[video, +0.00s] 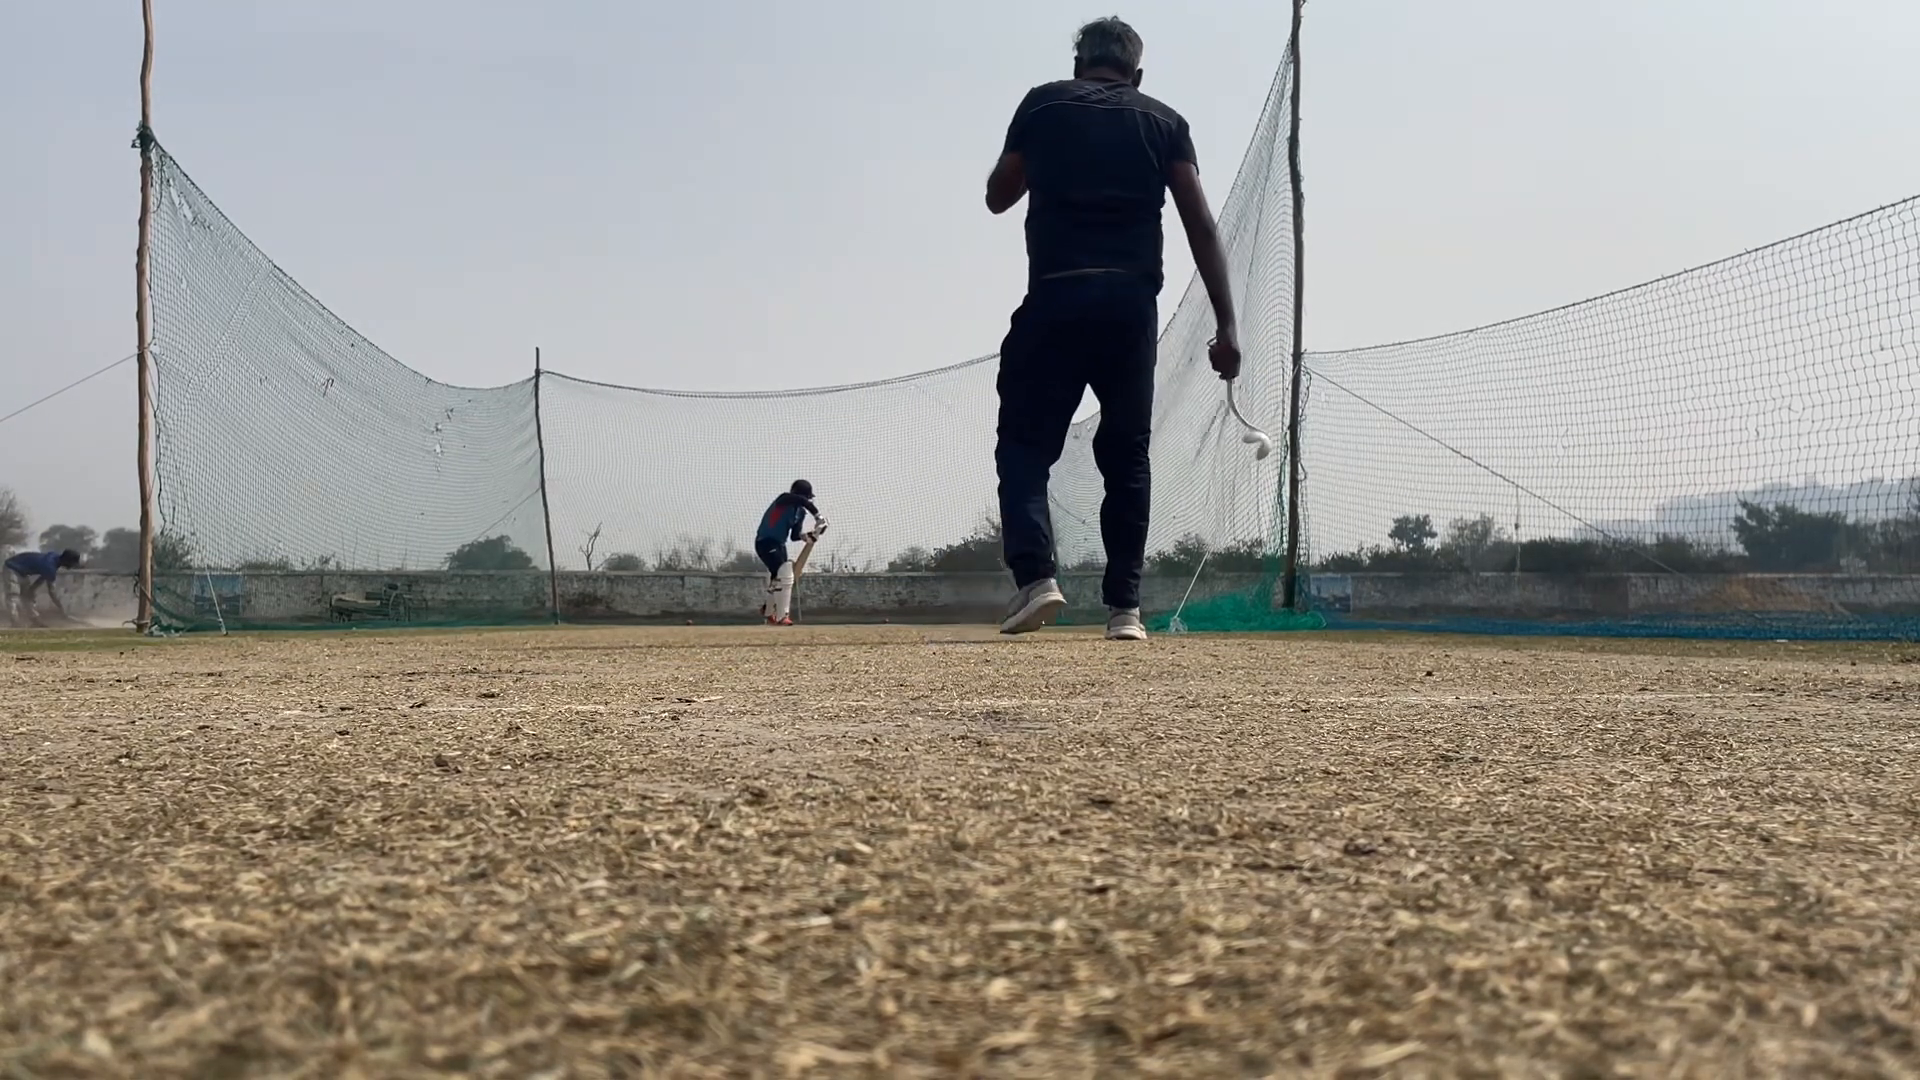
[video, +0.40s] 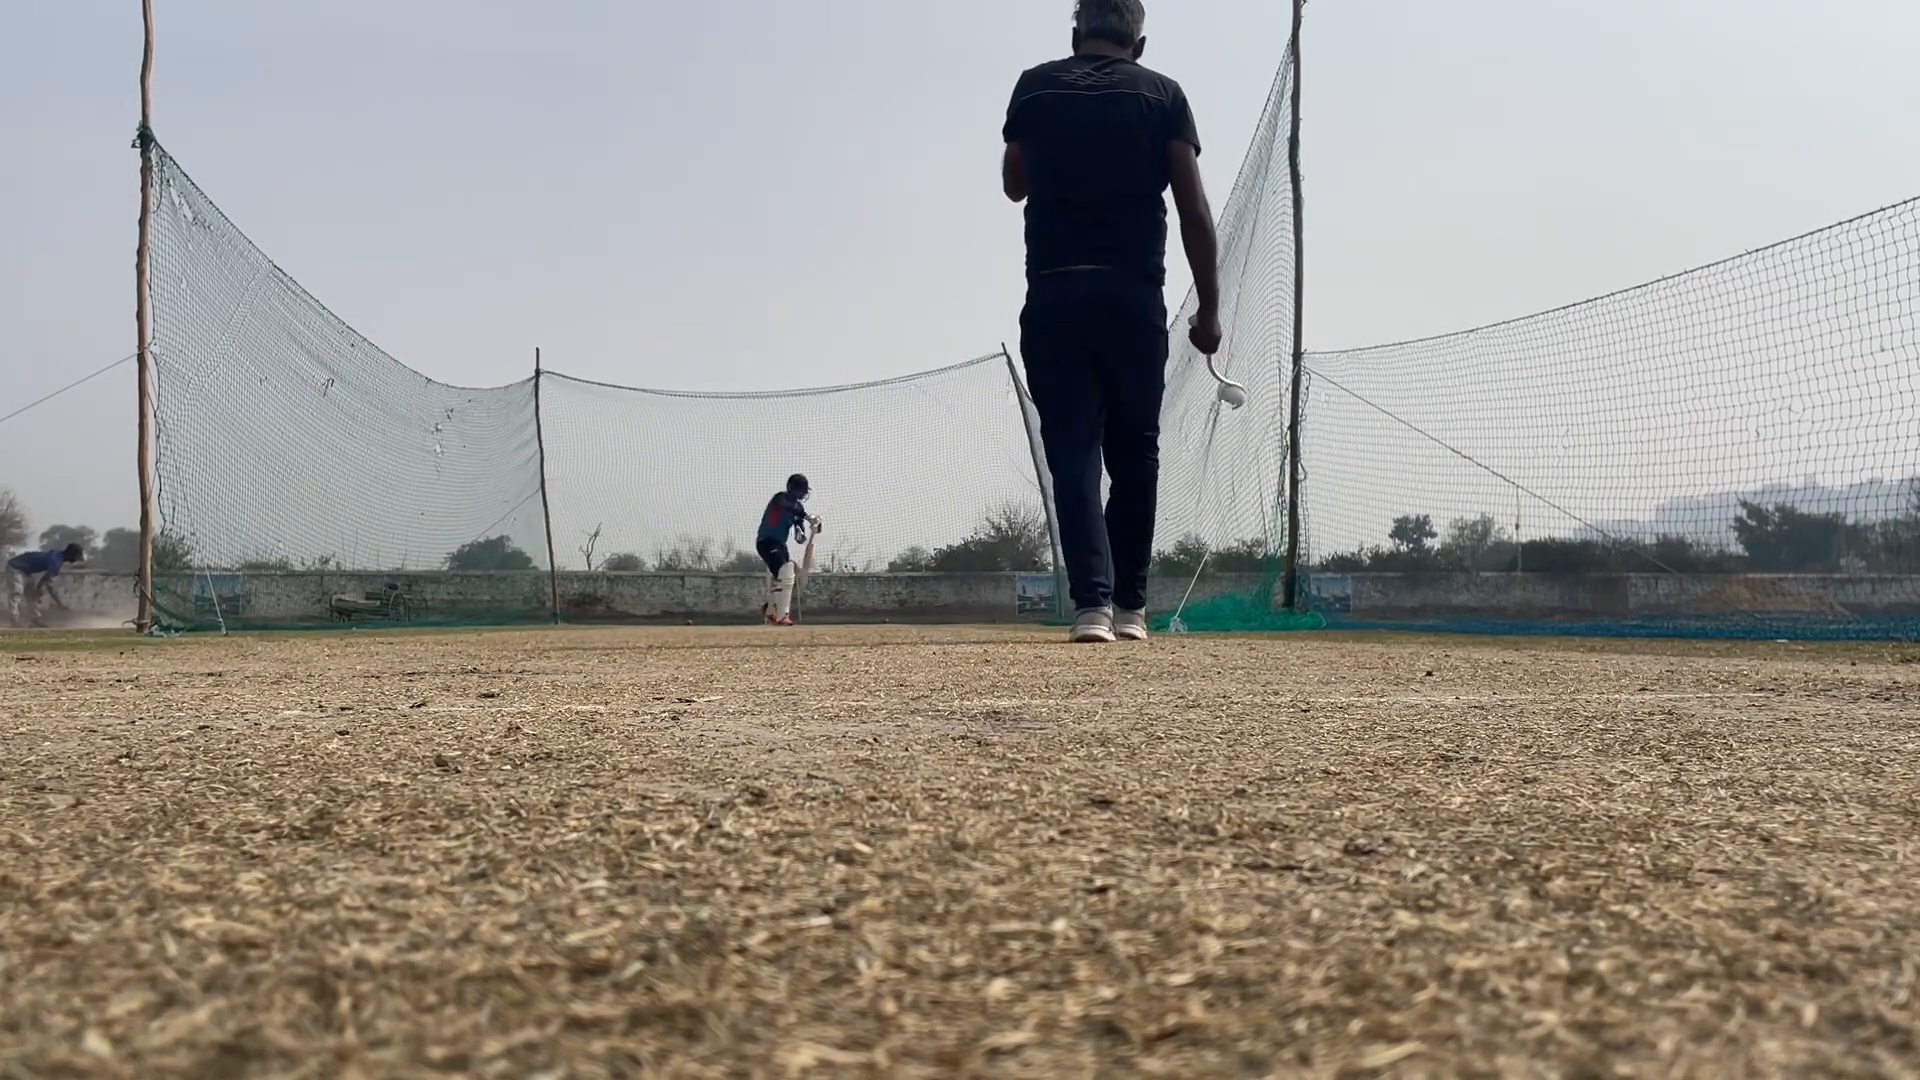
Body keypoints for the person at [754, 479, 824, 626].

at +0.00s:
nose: (808, 501)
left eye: (809, 498)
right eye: (807, 498)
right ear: (800, 495)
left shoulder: (800, 512)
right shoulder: (784, 498)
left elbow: (794, 536)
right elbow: (805, 502)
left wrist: (806, 536)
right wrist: (818, 517)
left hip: (778, 544)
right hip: (766, 541)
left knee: (777, 578)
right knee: (785, 574)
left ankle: (770, 614)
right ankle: (782, 616)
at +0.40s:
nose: (804, 494)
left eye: (805, 491)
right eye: (802, 490)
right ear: (794, 488)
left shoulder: (797, 506)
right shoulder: (780, 497)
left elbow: (798, 521)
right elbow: (786, 505)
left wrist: (800, 533)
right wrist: (807, 517)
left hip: (779, 544)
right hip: (767, 541)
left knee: (781, 576)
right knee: (787, 573)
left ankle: (771, 612)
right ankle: (782, 615)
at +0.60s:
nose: (799, 485)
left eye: (800, 482)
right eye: (797, 481)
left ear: (797, 483)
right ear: (786, 480)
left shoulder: (795, 502)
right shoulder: (773, 498)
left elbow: (795, 527)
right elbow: (764, 521)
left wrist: (803, 546)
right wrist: (764, 541)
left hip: (787, 543)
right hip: (773, 543)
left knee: (786, 578)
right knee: (788, 576)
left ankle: (773, 607)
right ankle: (783, 615)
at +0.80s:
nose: (793, 482)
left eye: (794, 479)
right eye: (790, 478)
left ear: (793, 479)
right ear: (780, 477)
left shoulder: (790, 498)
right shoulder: (766, 496)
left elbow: (790, 520)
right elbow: (756, 519)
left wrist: (801, 537)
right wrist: (757, 540)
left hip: (787, 540)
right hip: (772, 539)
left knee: (795, 576)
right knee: (786, 573)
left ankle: (774, 606)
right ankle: (783, 615)